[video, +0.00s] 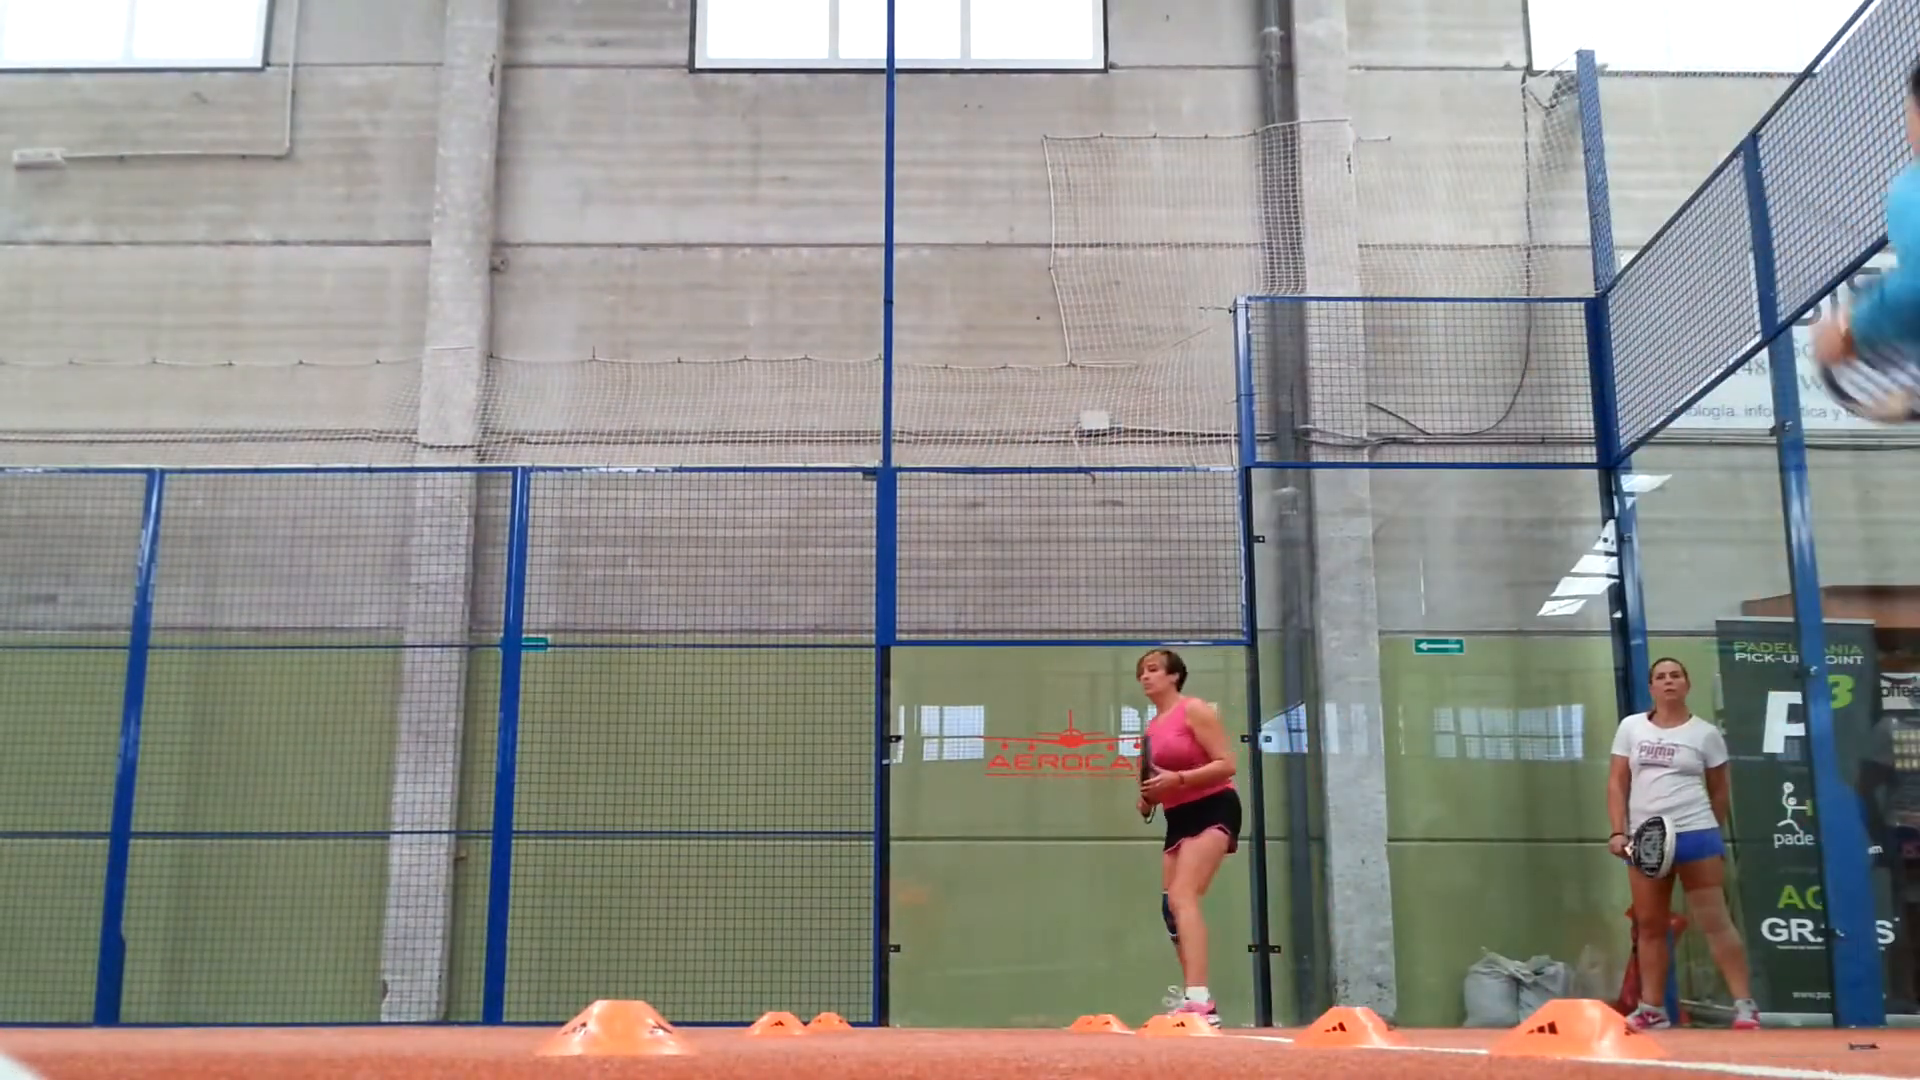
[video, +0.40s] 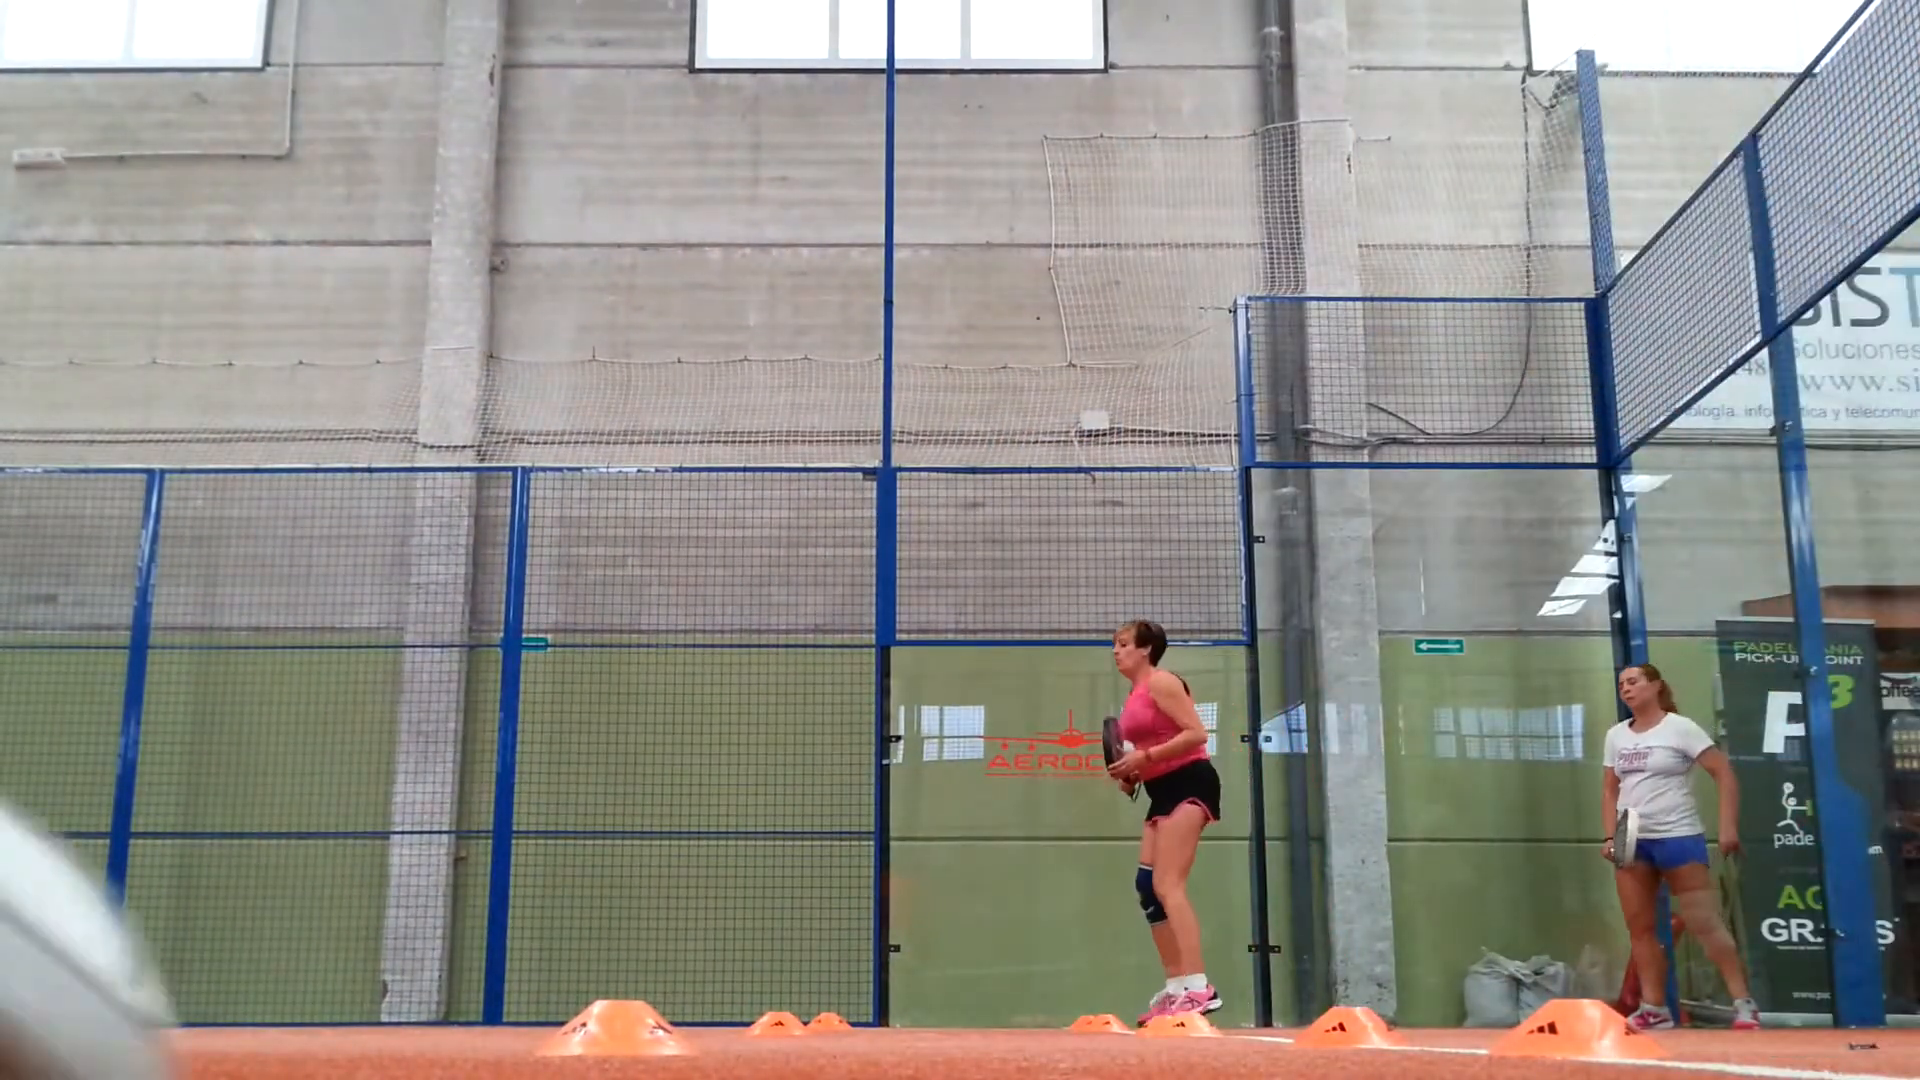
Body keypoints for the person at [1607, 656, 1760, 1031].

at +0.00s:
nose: (1669, 681)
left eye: (1675, 676)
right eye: (1662, 677)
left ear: (1688, 685)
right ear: (1651, 688)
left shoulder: (1706, 734)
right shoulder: (1631, 727)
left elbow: (1720, 793)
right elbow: (1617, 782)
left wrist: (1712, 833)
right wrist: (1618, 831)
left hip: (1696, 835)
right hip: (1646, 840)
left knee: (1716, 921)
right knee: (1649, 925)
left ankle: (1744, 1005)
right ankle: (1651, 1008)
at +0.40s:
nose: (1626, 688)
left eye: (1633, 681)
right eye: (1622, 685)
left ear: (1657, 686)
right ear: (1621, 695)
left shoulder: (1680, 727)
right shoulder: (1616, 735)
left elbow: (1724, 770)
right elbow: (1610, 790)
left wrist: (1728, 827)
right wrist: (1610, 835)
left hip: (1680, 839)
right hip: (1631, 842)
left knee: (1706, 924)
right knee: (1641, 929)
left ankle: (1743, 1004)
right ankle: (1654, 1008)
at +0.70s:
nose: (1589, 703)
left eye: (1593, 695)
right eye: (1585, 698)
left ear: (1615, 690)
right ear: (1590, 702)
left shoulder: (1644, 727)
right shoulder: (1593, 739)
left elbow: (1663, 778)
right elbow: (1594, 791)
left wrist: (1621, 785)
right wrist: (1582, 820)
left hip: (1644, 830)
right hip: (1607, 835)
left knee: (1629, 909)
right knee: (1627, 918)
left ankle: (1670, 999)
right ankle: (1651, 1004)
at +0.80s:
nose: (1578, 707)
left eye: (1582, 698)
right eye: (1574, 702)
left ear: (1604, 691)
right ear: (1580, 704)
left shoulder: (1632, 727)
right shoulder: (1587, 741)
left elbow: (1647, 780)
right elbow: (1590, 791)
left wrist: (1600, 786)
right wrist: (1577, 819)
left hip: (1635, 831)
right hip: (1603, 836)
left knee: (1608, 909)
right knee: (1634, 924)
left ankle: (1624, 1000)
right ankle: (1656, 1007)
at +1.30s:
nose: (1512, 703)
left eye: (1515, 694)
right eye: (1510, 697)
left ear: (1537, 690)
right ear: (1536, 694)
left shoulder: (1552, 725)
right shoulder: (1554, 723)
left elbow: (1561, 782)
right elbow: (1556, 785)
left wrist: (1509, 789)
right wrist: (1526, 816)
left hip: (1562, 832)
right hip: (1571, 830)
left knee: (1544, 919)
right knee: (1566, 923)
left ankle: (1555, 1009)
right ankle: (1623, 984)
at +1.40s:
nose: (1500, 700)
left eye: (1504, 691)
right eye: (1498, 694)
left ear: (1525, 688)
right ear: (1525, 692)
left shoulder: (1540, 723)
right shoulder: (1542, 721)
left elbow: (1551, 780)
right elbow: (1546, 783)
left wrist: (1498, 786)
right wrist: (1518, 819)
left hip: (1550, 831)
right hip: (1558, 829)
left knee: (1541, 918)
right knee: (1546, 917)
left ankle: (1555, 1006)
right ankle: (1598, 986)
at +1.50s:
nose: (1490, 700)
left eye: (1494, 691)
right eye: (1488, 693)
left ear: (1517, 687)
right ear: (1514, 690)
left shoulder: (1535, 722)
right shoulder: (1527, 723)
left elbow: (1545, 779)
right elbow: (1538, 787)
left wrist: (1491, 783)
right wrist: (1505, 819)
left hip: (1544, 830)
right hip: (1533, 831)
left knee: (1537, 916)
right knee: (1525, 914)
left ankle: (1556, 1004)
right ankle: (1557, 998)